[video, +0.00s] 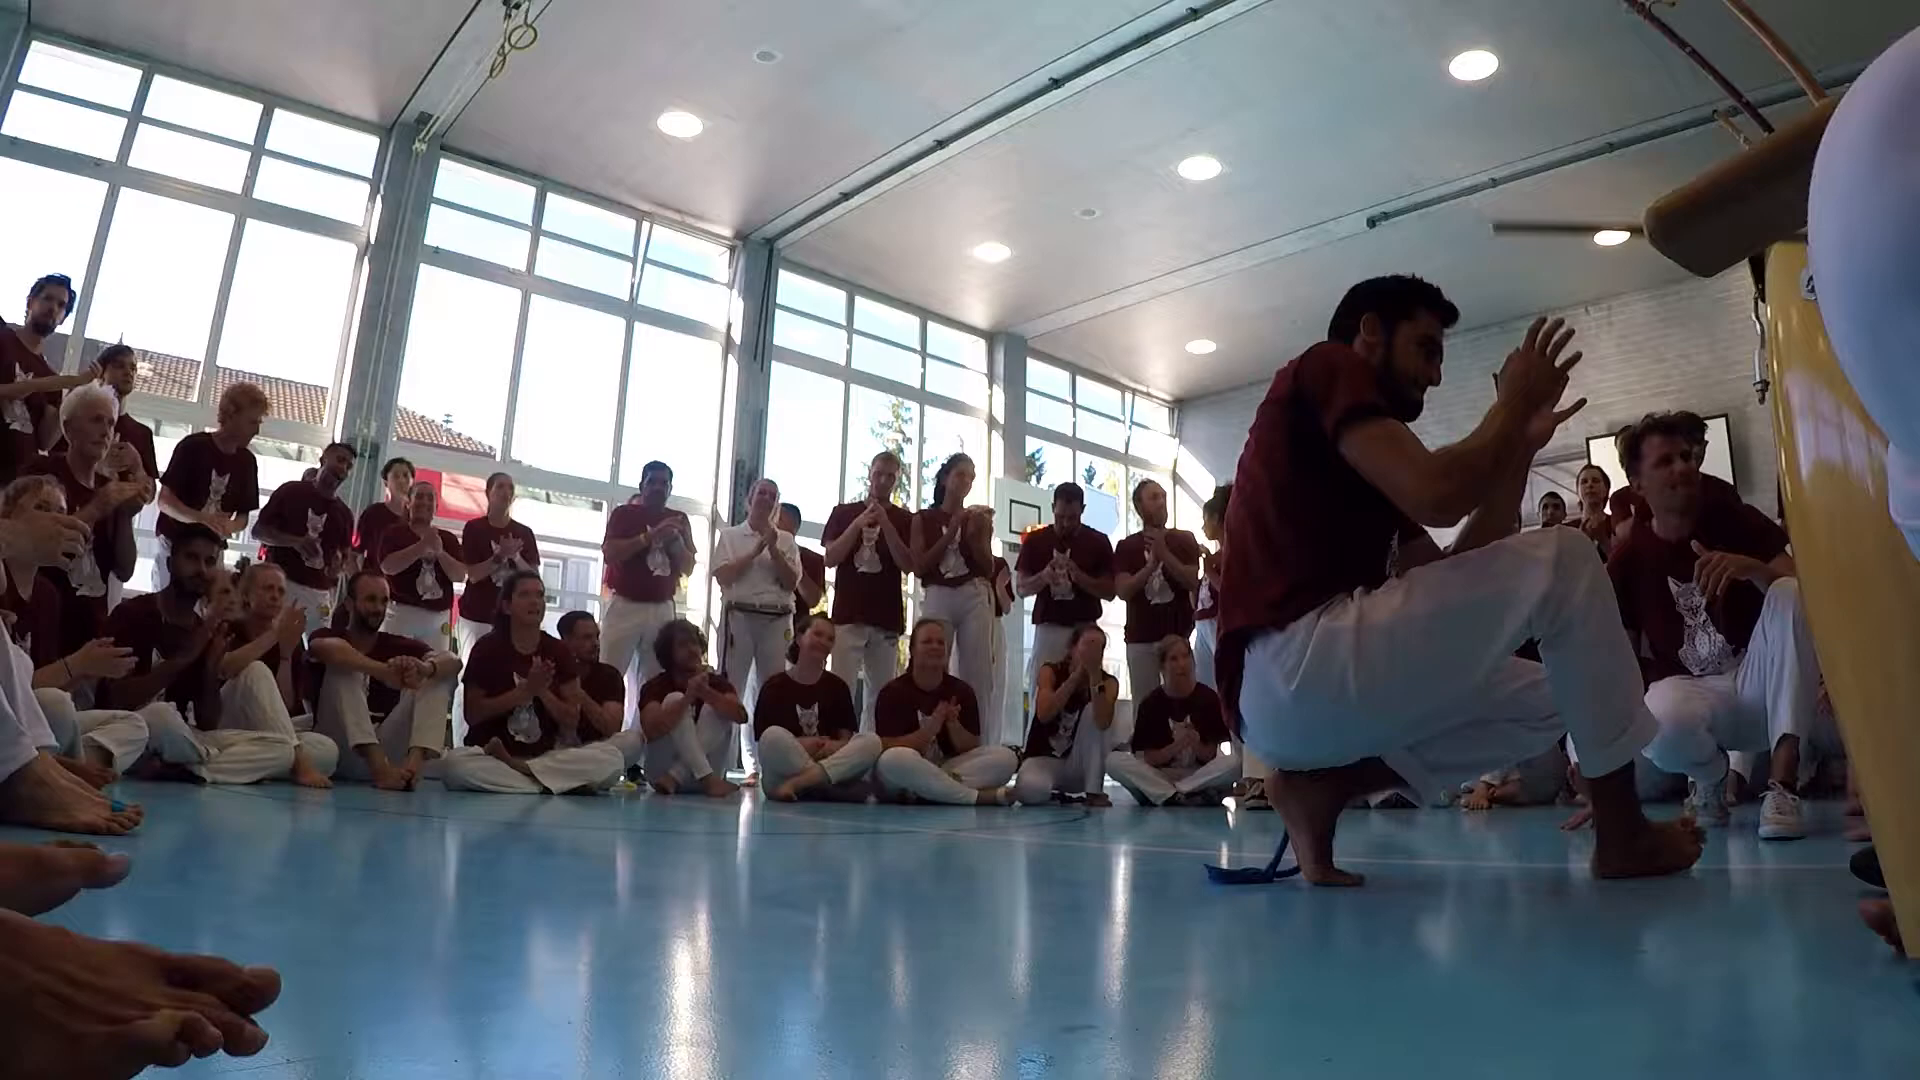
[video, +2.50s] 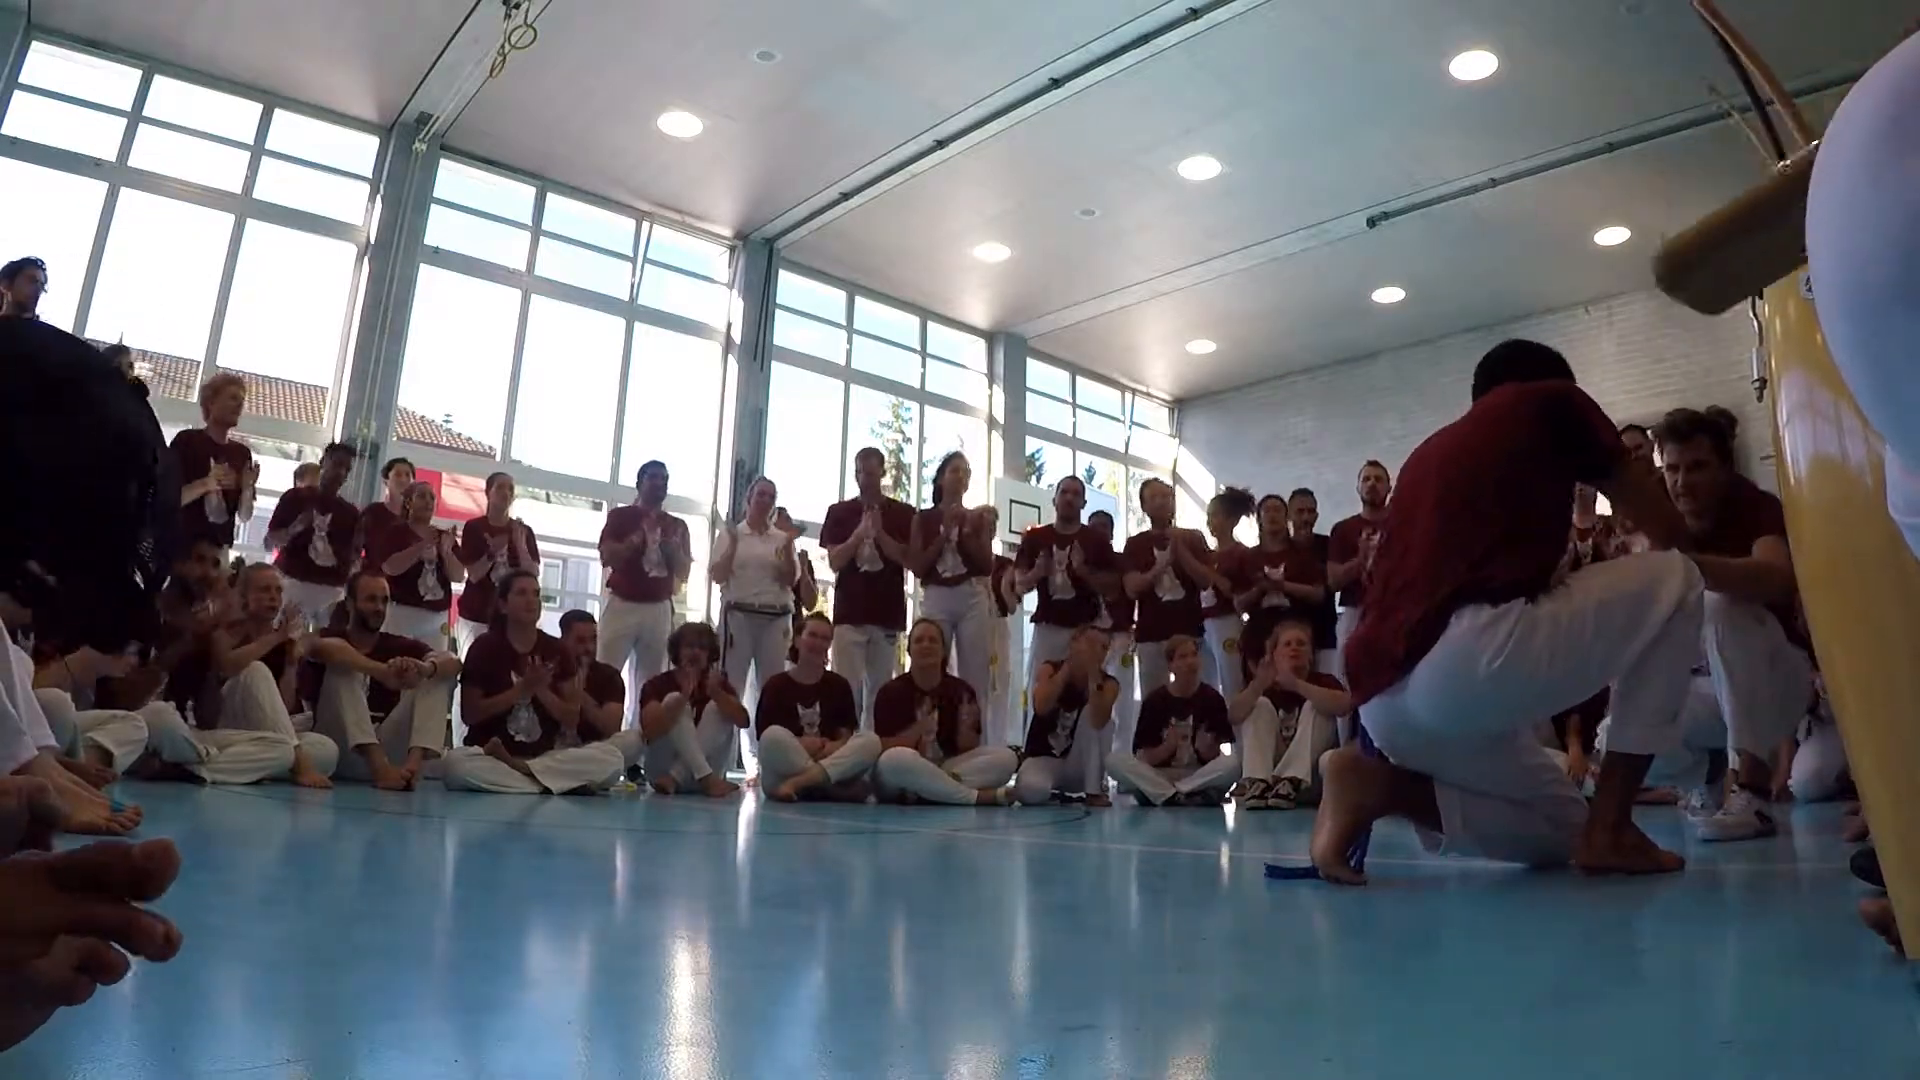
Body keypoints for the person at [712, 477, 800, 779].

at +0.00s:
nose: (765, 498)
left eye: (771, 495)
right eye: (761, 493)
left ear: (777, 503)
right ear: (749, 498)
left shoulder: (786, 539)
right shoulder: (730, 534)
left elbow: (791, 583)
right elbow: (724, 577)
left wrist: (774, 548)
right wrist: (757, 548)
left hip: (777, 619)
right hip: (738, 617)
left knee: (774, 690)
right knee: (730, 688)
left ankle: (769, 762)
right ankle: (722, 763)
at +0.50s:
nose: (765, 499)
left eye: (770, 495)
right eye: (761, 493)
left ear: (776, 502)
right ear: (749, 497)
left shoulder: (785, 540)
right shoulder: (733, 535)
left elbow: (800, 589)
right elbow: (720, 573)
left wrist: (789, 557)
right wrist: (738, 538)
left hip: (776, 617)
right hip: (738, 615)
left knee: (773, 690)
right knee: (731, 689)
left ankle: (770, 763)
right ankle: (723, 763)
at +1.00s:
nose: (764, 499)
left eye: (769, 496)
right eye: (760, 494)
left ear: (776, 503)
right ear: (748, 498)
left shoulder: (785, 539)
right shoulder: (730, 534)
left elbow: (789, 576)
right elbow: (721, 574)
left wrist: (768, 545)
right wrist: (754, 552)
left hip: (776, 617)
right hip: (738, 615)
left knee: (773, 690)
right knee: (730, 689)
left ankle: (770, 762)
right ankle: (725, 763)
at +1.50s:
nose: (763, 499)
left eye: (768, 496)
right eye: (759, 494)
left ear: (775, 504)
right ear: (747, 498)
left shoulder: (785, 539)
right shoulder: (729, 535)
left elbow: (788, 578)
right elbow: (721, 575)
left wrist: (769, 545)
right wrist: (754, 549)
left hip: (776, 617)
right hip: (738, 616)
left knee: (773, 690)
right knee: (730, 688)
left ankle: (766, 762)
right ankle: (725, 763)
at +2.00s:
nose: (763, 499)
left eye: (769, 496)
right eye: (759, 494)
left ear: (775, 503)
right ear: (748, 497)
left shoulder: (783, 537)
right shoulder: (729, 534)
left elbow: (791, 576)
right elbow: (718, 574)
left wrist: (777, 547)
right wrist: (746, 546)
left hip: (776, 617)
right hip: (737, 615)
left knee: (772, 688)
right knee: (731, 686)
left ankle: (769, 757)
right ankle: (726, 757)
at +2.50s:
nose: (763, 499)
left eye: (768, 496)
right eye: (759, 494)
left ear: (775, 503)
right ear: (748, 498)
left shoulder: (783, 538)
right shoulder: (729, 534)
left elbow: (790, 580)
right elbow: (718, 576)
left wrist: (788, 543)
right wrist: (733, 542)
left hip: (776, 617)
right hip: (738, 615)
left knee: (773, 689)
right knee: (730, 688)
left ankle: (769, 757)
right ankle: (723, 758)